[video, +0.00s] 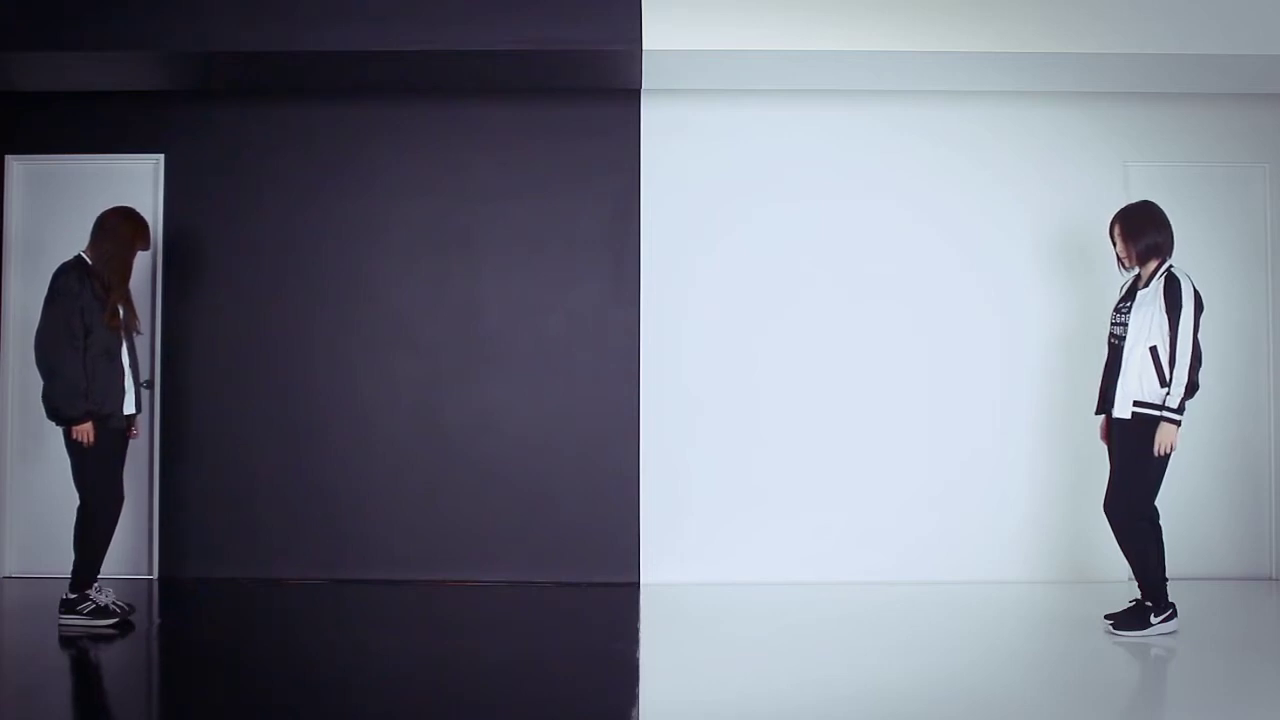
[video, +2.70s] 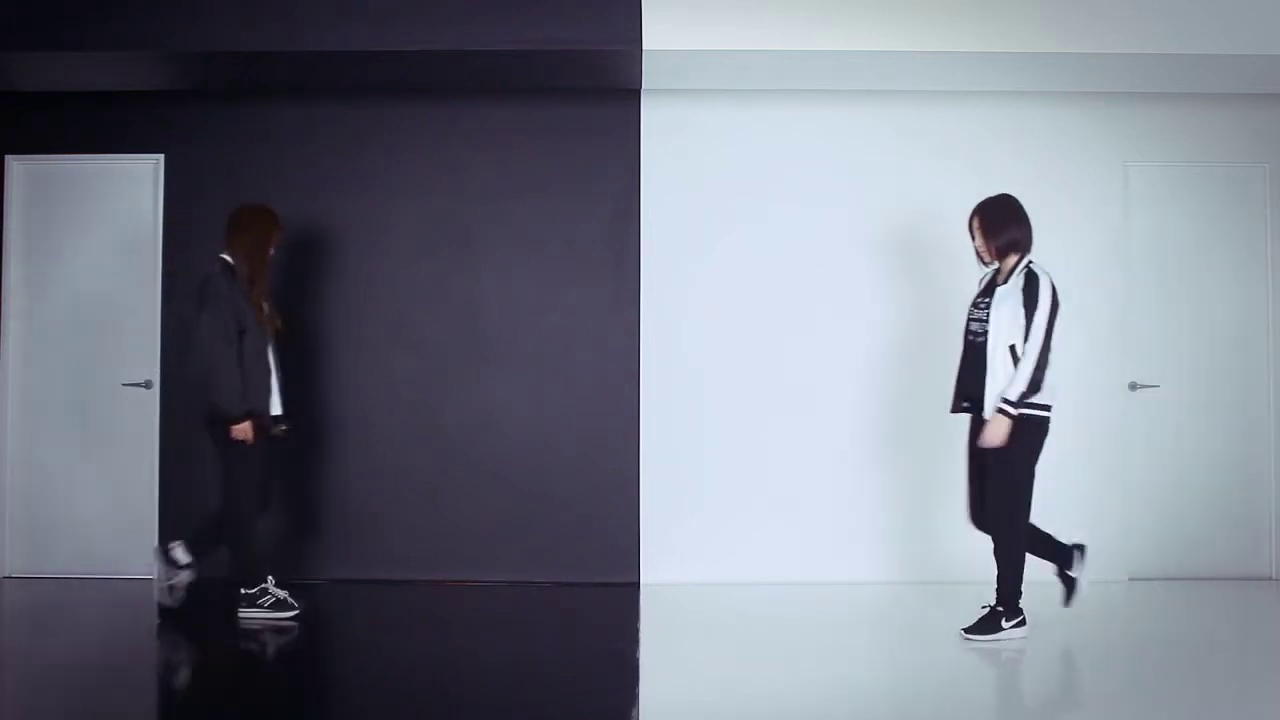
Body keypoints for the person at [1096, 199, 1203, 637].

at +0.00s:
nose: (1117, 249)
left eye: (1121, 240)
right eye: (1114, 242)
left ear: (1145, 236)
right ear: (1126, 241)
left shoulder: (1177, 284)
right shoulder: (1131, 287)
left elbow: (1187, 356)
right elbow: (1117, 355)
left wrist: (1172, 417)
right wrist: (1107, 410)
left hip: (1151, 417)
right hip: (1123, 416)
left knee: (1125, 506)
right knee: (1131, 507)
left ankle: (1157, 604)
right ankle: (1152, 600)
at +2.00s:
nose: (1089, 249)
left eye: (1093, 240)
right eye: (1086, 242)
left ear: (1117, 236)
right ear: (1092, 243)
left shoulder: (1156, 284)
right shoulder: (1100, 288)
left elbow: (1178, 351)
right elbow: (1099, 353)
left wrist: (1171, 414)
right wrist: (1087, 404)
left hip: (1139, 415)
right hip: (1109, 415)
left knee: (1082, 486)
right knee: (1131, 506)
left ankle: (1103, 584)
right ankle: (1156, 601)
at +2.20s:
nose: (1063, 254)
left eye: (1067, 244)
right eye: (1060, 246)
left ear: (1091, 241)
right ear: (1066, 248)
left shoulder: (1131, 288)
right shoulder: (1077, 293)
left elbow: (1158, 350)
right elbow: (1075, 357)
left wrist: (1158, 414)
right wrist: (1059, 404)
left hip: (1120, 418)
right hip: (1091, 418)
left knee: (1074, 500)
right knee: (1123, 510)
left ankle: (1036, 596)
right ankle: (1156, 601)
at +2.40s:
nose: (1030, 255)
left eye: (1035, 246)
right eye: (1028, 247)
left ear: (1057, 243)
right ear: (1042, 246)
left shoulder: (1090, 291)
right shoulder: (1043, 296)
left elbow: (1113, 358)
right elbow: (1035, 362)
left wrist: (1118, 426)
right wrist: (1028, 418)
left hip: (1082, 422)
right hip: (1055, 422)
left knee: (1040, 506)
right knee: (1099, 510)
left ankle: (1014, 607)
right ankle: (1150, 595)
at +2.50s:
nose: (1011, 249)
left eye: (1017, 240)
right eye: (1009, 241)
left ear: (1040, 239)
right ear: (1018, 244)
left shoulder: (1070, 288)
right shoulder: (1023, 288)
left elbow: (1086, 356)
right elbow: (1015, 355)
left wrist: (1081, 424)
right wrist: (1010, 412)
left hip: (1056, 421)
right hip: (1031, 420)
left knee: (1024, 510)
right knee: (1070, 507)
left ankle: (1011, 608)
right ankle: (1136, 583)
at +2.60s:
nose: (993, 246)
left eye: (998, 236)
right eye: (991, 238)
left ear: (1022, 234)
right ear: (1002, 240)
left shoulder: (1054, 286)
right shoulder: (1005, 286)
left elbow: (1058, 357)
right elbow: (1000, 353)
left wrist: (1044, 419)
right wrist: (993, 412)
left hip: (1036, 417)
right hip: (1008, 415)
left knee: (1014, 509)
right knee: (1027, 509)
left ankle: (1009, 608)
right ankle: (1104, 571)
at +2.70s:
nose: (976, 243)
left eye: (981, 235)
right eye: (974, 235)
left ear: (1004, 232)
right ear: (993, 234)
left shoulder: (1036, 283)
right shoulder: (992, 282)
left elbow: (1033, 357)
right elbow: (987, 348)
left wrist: (1005, 413)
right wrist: (975, 403)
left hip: (1020, 415)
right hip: (986, 412)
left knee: (1006, 514)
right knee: (984, 513)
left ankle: (1008, 609)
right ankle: (1065, 556)